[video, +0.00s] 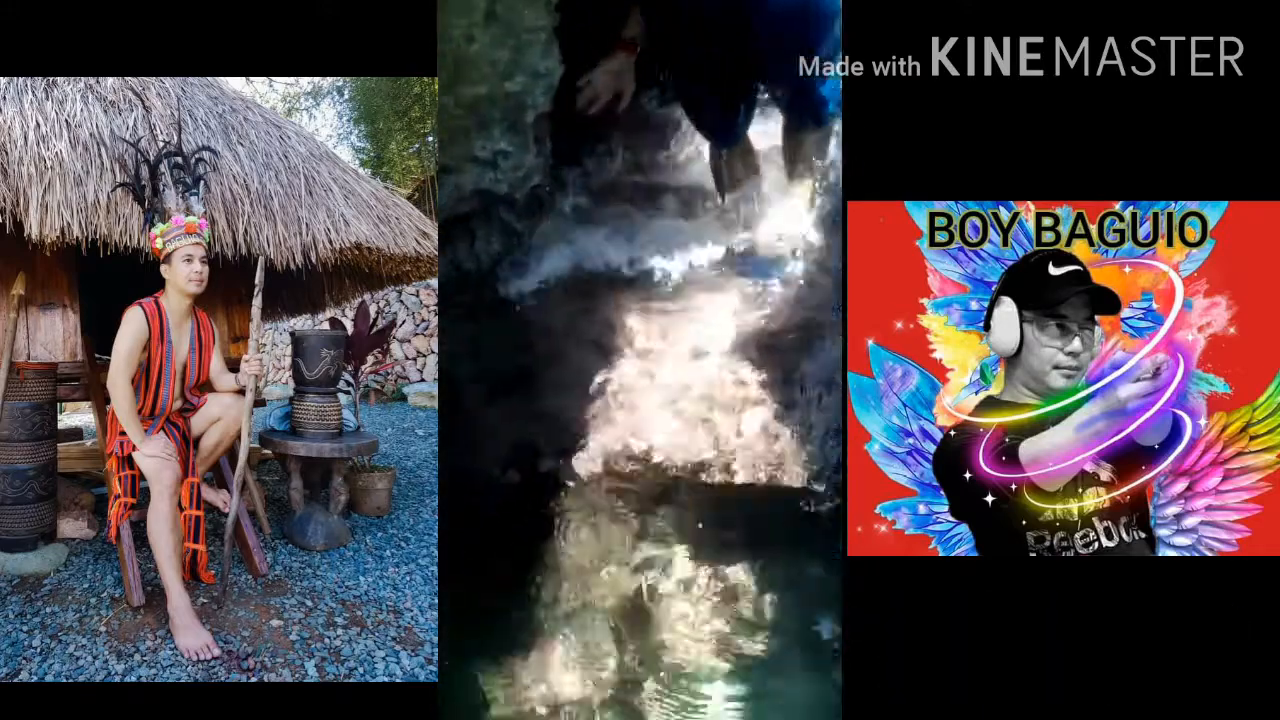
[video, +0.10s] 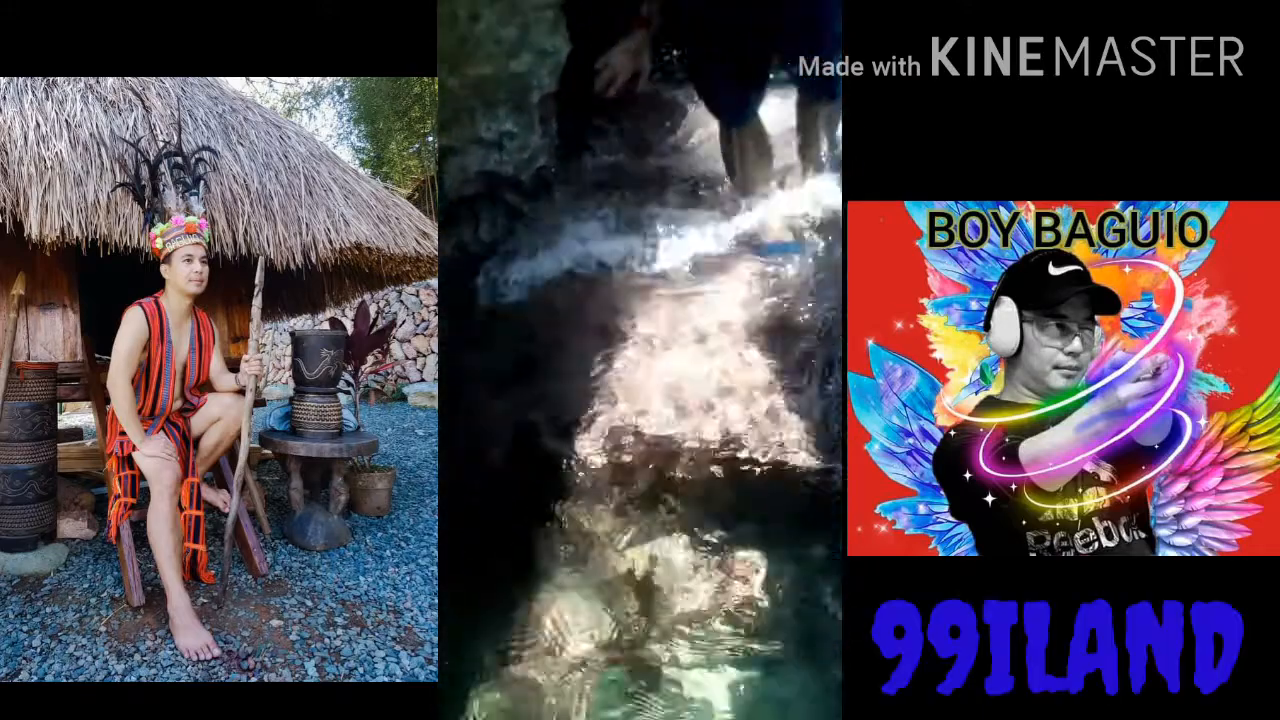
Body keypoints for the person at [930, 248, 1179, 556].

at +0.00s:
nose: (1076, 346)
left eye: (1086, 328)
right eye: (1055, 326)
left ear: (1097, 335)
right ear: (1007, 328)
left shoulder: (1113, 408)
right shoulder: (962, 446)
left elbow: (1156, 436)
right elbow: (1022, 471)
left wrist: (1147, 395)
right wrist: (1105, 413)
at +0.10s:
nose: (1076, 346)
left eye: (1086, 328)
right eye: (1055, 327)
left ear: (1096, 334)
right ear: (1007, 327)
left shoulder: (1114, 408)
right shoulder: (962, 446)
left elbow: (1155, 435)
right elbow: (1022, 471)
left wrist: (1149, 397)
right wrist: (1106, 411)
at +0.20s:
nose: (1076, 346)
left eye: (1086, 328)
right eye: (1055, 327)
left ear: (1097, 334)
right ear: (1007, 328)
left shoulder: (1114, 408)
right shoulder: (962, 446)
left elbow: (1155, 435)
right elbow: (1022, 472)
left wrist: (1149, 396)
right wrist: (1106, 412)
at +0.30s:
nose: (1076, 346)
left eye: (1086, 328)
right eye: (1055, 327)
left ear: (1097, 334)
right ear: (1007, 328)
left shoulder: (1114, 408)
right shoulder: (962, 446)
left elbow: (1155, 435)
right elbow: (1022, 472)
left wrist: (1149, 396)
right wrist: (1106, 412)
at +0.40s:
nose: (1076, 346)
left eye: (1086, 328)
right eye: (1055, 327)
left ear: (1097, 334)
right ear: (1007, 328)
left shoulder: (1114, 408)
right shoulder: (962, 446)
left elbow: (1155, 435)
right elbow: (1022, 472)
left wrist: (1149, 396)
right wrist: (1106, 412)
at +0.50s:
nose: (1076, 346)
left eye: (1086, 328)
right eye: (1055, 327)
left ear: (1097, 334)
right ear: (1007, 327)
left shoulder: (1113, 409)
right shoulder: (963, 446)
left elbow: (1155, 435)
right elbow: (1023, 472)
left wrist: (1148, 396)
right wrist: (1106, 412)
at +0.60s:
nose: (1076, 346)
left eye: (1086, 328)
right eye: (1055, 326)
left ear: (1097, 335)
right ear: (1007, 328)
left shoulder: (1113, 408)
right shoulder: (962, 446)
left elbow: (1156, 435)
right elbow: (1022, 471)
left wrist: (1147, 395)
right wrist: (1105, 413)